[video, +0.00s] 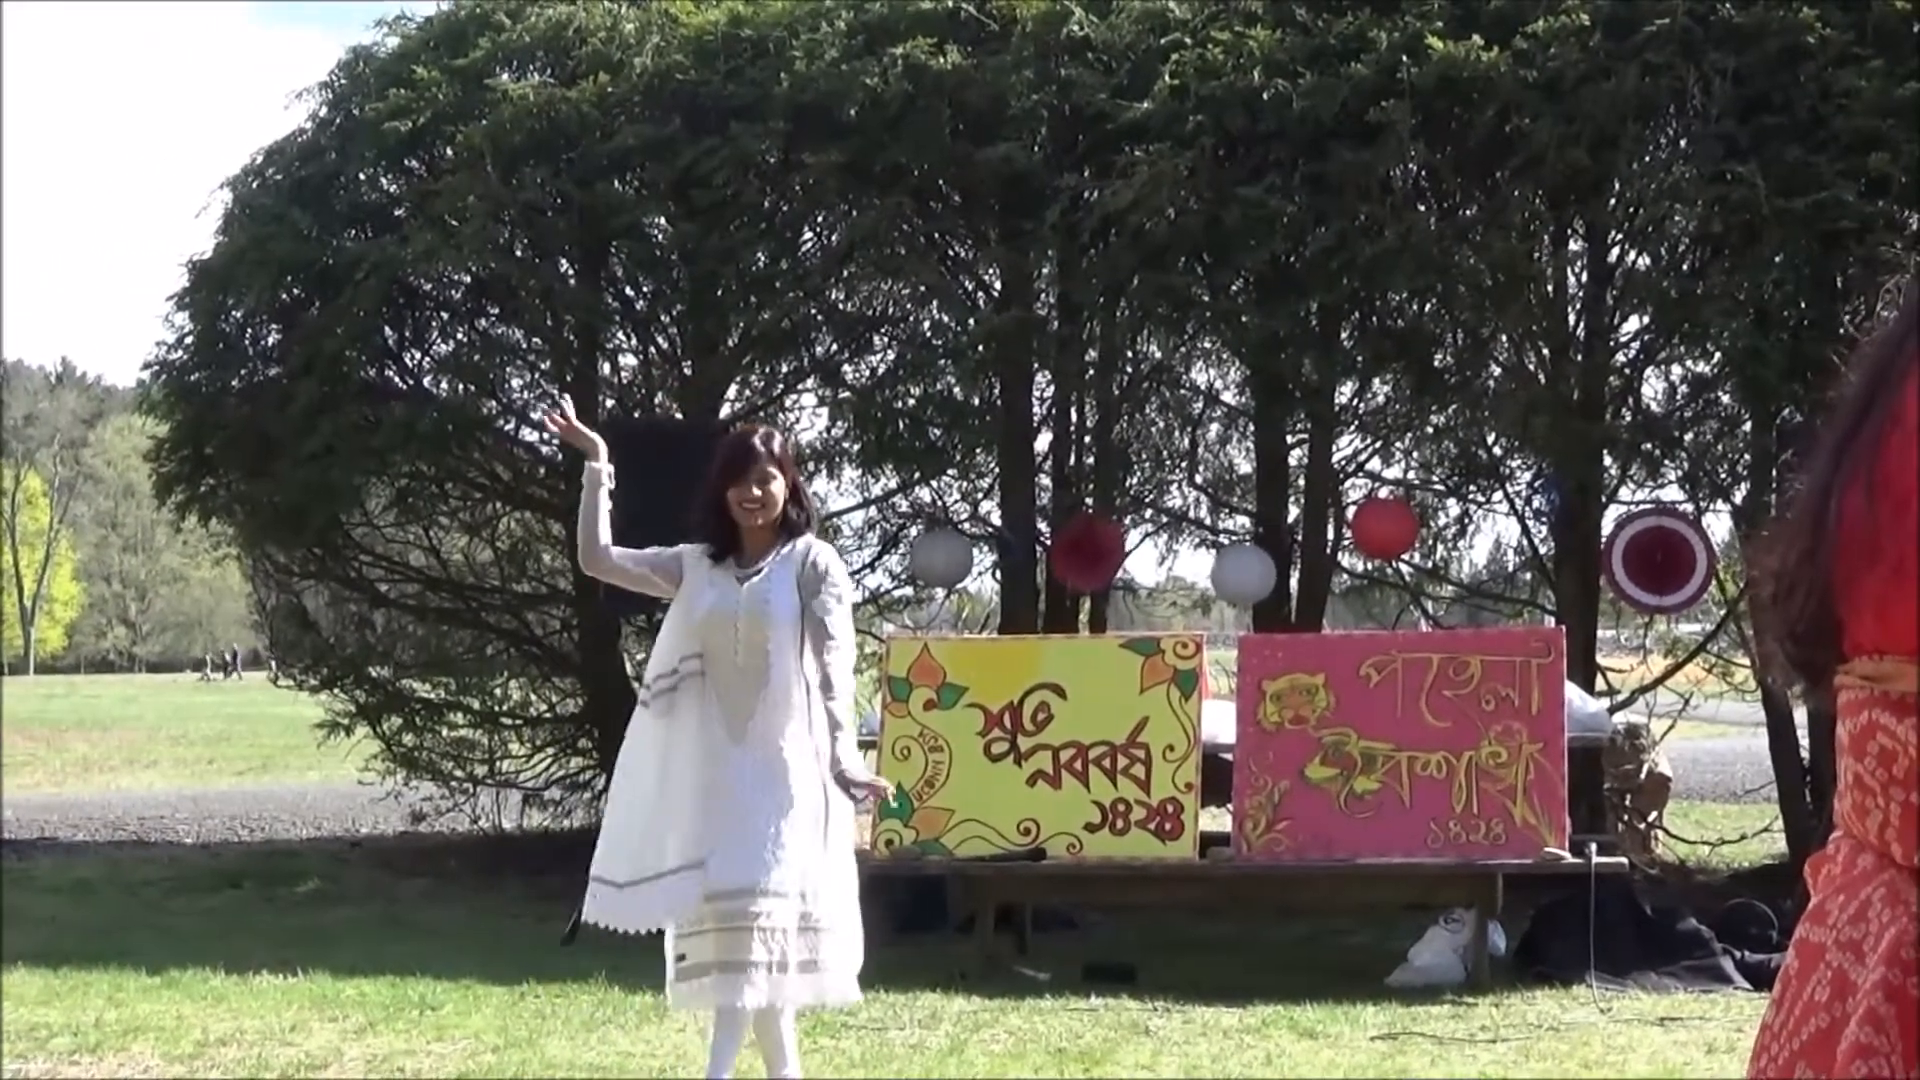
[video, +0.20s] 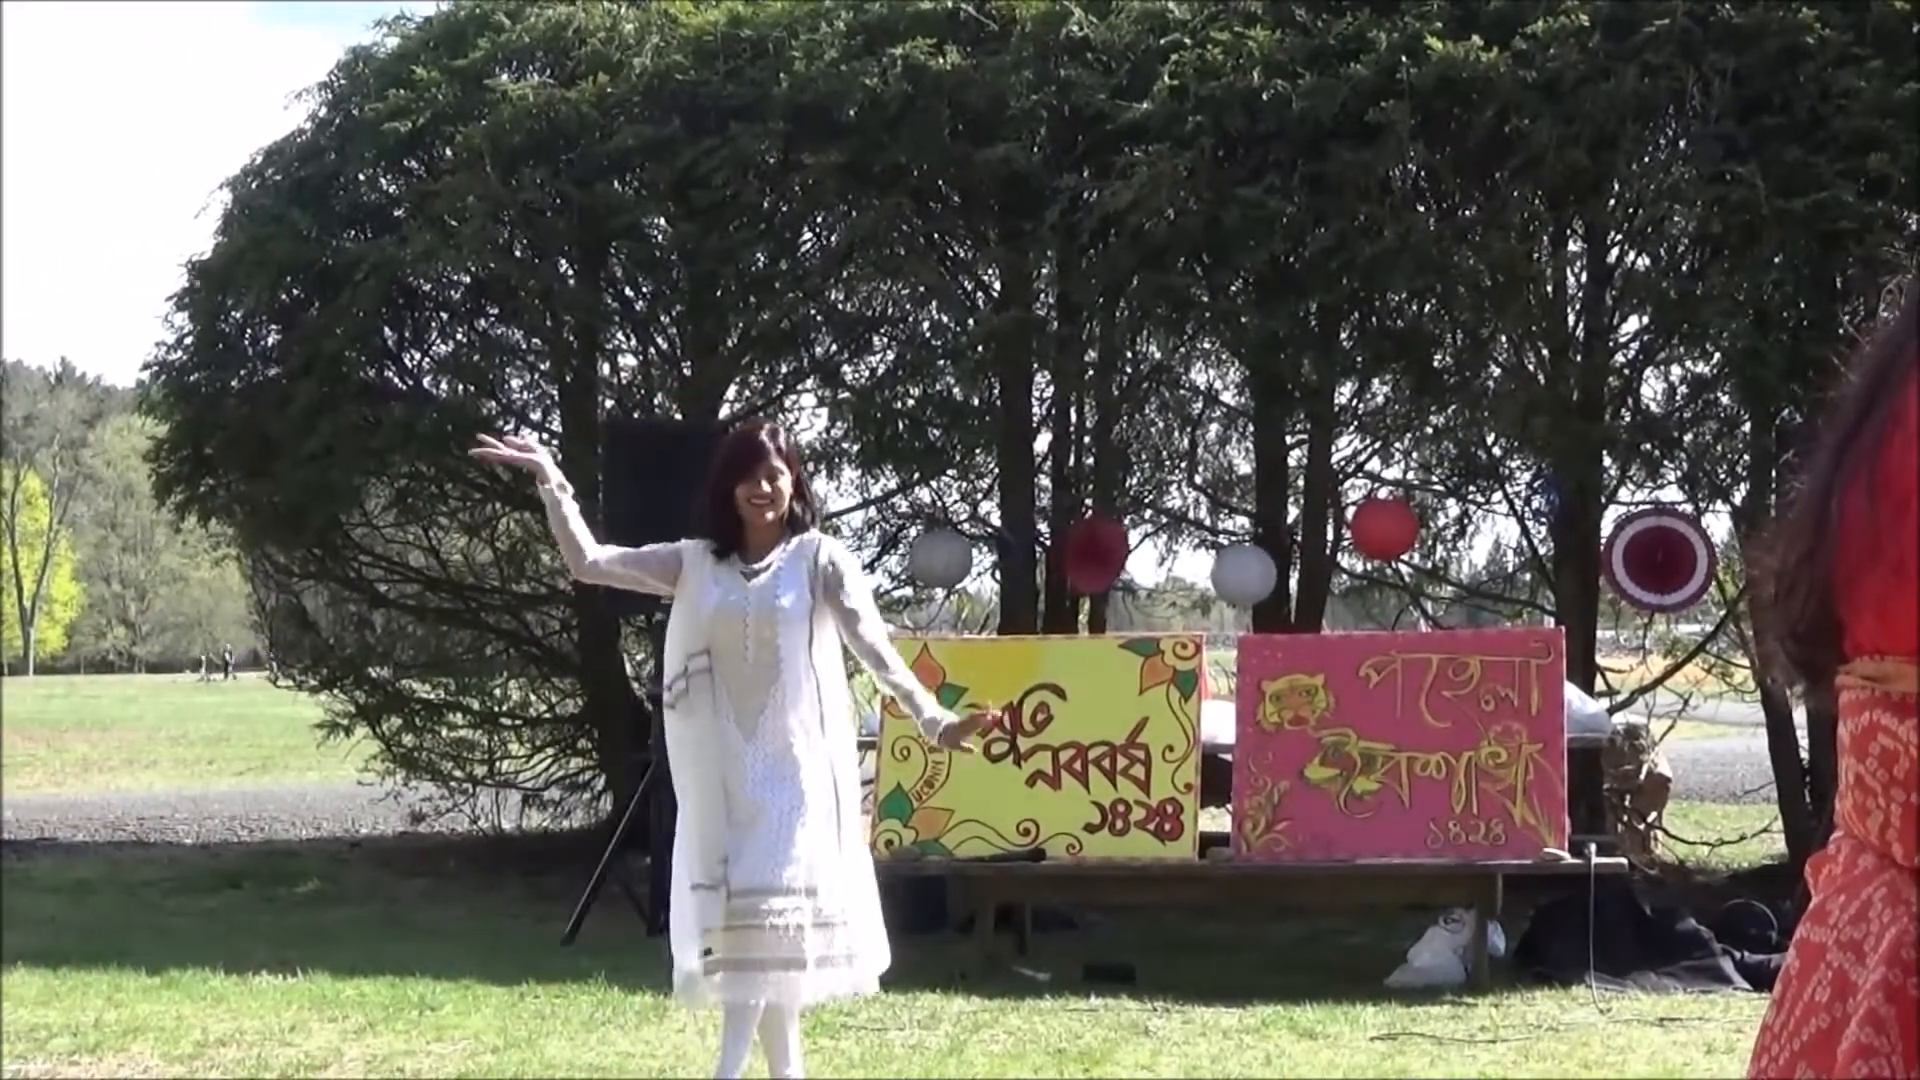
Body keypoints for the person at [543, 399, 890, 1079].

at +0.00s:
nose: (753, 488)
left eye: (767, 475)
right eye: (739, 477)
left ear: (790, 485)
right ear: (722, 489)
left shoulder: (812, 561)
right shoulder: (696, 564)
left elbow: (835, 667)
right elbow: (597, 558)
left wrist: (844, 757)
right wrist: (597, 459)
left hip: (781, 762)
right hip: (711, 758)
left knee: (743, 911)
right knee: (753, 917)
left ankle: (717, 1068)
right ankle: (785, 1067)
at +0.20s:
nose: (765, 488)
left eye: (776, 474)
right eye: (750, 476)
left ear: (795, 484)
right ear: (728, 488)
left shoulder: (818, 557)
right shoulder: (695, 560)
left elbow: (876, 647)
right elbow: (588, 561)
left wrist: (933, 719)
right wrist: (547, 474)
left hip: (795, 766)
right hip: (717, 765)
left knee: (754, 912)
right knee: (762, 920)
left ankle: (728, 1067)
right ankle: (788, 1068)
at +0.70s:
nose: (760, 487)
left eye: (771, 475)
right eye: (746, 475)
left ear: (790, 486)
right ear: (720, 486)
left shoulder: (812, 563)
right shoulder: (682, 565)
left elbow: (901, 624)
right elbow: (589, 606)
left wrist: (991, 675)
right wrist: (542, 577)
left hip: (786, 761)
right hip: (705, 761)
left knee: (776, 912)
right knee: (737, 913)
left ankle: (771, 1067)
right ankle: (778, 1063)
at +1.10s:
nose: (737, 506)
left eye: (751, 494)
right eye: (725, 493)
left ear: (771, 505)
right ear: (704, 501)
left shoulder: (788, 579)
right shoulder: (668, 596)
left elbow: (880, 653)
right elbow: (601, 681)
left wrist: (981, 716)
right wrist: (603, 660)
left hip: (761, 788)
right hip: (680, 784)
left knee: (752, 945)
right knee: (637, 910)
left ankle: (761, 1071)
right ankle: (697, 1070)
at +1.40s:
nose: (685, 500)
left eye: (702, 490)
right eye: (675, 487)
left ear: (726, 506)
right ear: (655, 498)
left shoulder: (745, 593)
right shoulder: (611, 591)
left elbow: (825, 676)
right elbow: (541, 684)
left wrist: (932, 693)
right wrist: (591, 662)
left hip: (722, 821)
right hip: (622, 821)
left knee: (744, 983)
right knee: (606, 980)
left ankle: (758, 1068)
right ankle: (641, 1075)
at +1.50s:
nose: (654, 492)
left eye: (672, 481)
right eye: (644, 480)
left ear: (700, 499)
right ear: (629, 493)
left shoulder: (721, 590)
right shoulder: (589, 585)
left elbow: (778, 682)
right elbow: (525, 684)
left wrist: (853, 650)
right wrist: (583, 657)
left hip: (697, 817)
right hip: (600, 818)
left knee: (723, 984)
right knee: (603, 988)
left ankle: (738, 1068)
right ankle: (637, 1076)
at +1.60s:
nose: (622, 497)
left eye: (640, 484)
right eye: (613, 485)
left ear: (673, 499)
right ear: (601, 499)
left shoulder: (697, 587)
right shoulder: (567, 588)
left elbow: (727, 688)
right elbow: (499, 686)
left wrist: (725, 601)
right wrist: (559, 661)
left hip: (656, 799)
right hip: (571, 800)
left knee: (567, 929)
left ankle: (667, 1056)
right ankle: (642, 1070)